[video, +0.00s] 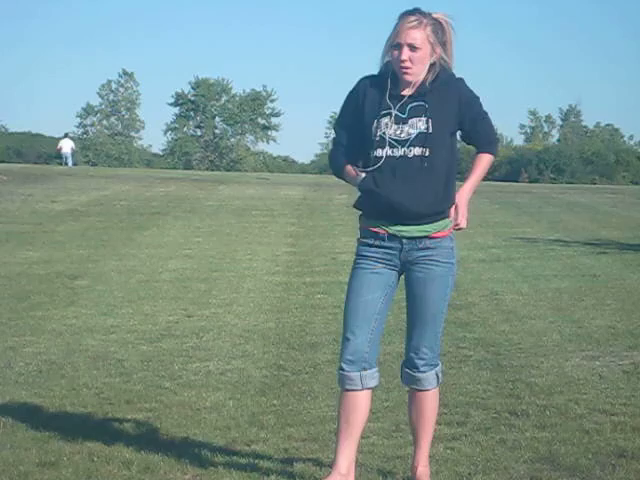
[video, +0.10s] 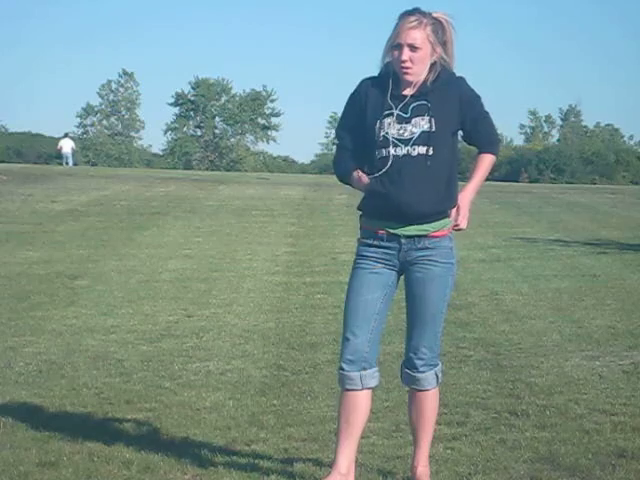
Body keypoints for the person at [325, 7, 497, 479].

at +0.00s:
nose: (403, 55)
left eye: (413, 48)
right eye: (397, 46)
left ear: (435, 53)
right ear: (388, 49)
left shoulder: (454, 91)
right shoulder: (367, 90)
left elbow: (488, 144)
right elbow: (340, 156)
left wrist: (464, 193)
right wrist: (363, 179)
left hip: (433, 245)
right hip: (374, 243)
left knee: (422, 362)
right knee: (355, 359)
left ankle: (420, 466)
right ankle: (342, 470)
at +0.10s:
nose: (403, 55)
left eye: (414, 48)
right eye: (397, 46)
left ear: (435, 53)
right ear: (389, 49)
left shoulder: (455, 91)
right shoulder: (369, 91)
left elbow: (489, 144)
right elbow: (343, 160)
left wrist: (467, 195)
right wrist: (369, 184)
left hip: (432, 245)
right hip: (374, 244)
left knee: (421, 362)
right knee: (355, 358)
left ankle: (421, 466)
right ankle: (342, 469)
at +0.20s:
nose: (405, 55)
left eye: (415, 47)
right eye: (398, 46)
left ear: (437, 52)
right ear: (390, 49)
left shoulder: (457, 92)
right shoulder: (369, 91)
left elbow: (489, 146)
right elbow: (340, 159)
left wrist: (468, 195)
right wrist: (369, 186)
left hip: (434, 245)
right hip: (375, 244)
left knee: (422, 362)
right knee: (356, 358)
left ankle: (420, 466)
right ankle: (342, 469)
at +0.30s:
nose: (406, 55)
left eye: (417, 47)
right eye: (400, 46)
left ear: (438, 52)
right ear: (392, 49)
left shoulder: (458, 91)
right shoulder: (370, 91)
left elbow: (489, 146)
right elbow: (339, 153)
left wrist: (471, 195)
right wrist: (361, 177)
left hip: (436, 245)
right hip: (377, 244)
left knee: (423, 362)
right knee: (357, 358)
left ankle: (421, 466)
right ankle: (343, 470)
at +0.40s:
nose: (407, 55)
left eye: (417, 48)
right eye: (401, 47)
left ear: (439, 51)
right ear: (392, 49)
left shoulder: (460, 92)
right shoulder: (372, 91)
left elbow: (489, 148)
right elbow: (340, 149)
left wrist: (471, 196)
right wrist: (353, 171)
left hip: (437, 245)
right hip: (377, 244)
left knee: (423, 362)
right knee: (357, 358)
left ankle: (421, 466)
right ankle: (342, 469)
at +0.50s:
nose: (408, 56)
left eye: (418, 48)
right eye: (401, 47)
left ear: (439, 51)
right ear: (394, 49)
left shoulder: (461, 92)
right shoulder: (373, 91)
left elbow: (490, 149)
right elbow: (342, 149)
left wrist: (471, 199)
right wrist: (356, 174)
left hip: (437, 245)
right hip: (377, 243)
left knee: (423, 361)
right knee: (357, 357)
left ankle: (420, 466)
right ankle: (343, 469)